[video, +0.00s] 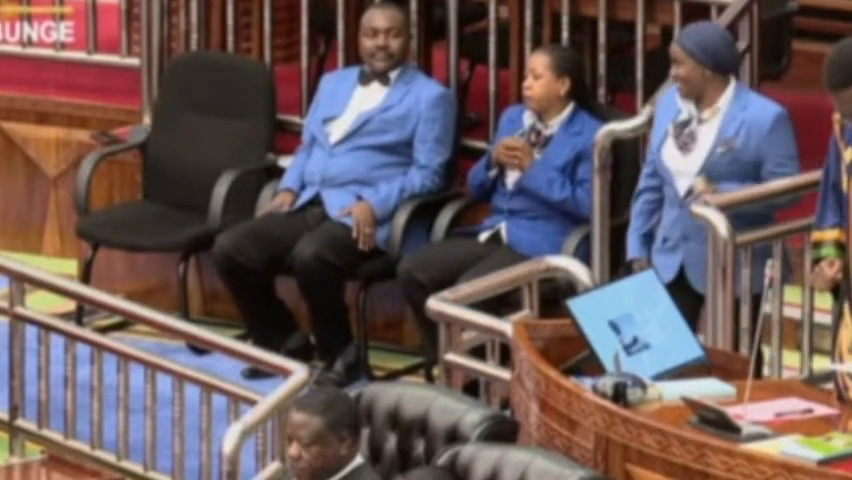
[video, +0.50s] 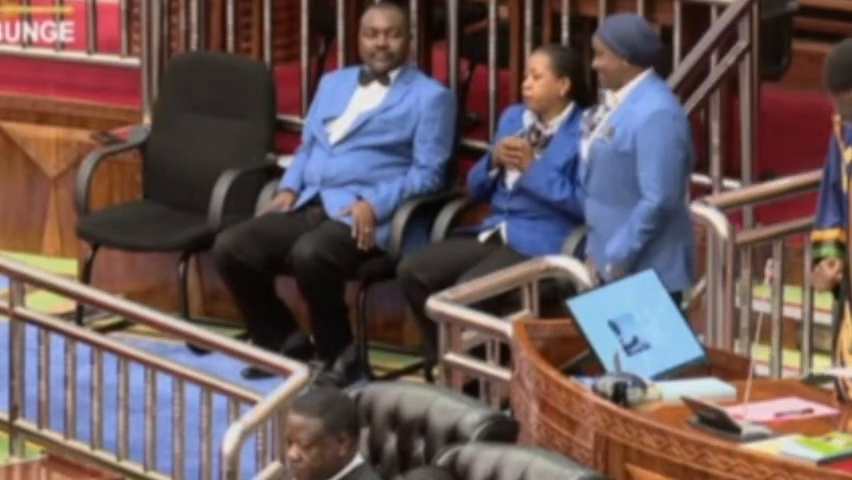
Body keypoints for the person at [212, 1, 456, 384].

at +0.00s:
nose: (381, 43)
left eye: (392, 34)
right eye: (372, 34)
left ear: (407, 40)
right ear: (359, 39)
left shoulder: (430, 96)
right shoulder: (333, 83)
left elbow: (429, 174)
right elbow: (308, 149)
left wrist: (375, 205)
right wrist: (288, 189)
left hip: (367, 215)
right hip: (313, 207)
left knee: (311, 257)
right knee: (233, 250)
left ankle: (340, 359)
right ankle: (282, 343)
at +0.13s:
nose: (381, 43)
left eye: (392, 34)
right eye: (372, 34)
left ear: (407, 40)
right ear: (359, 39)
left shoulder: (430, 96)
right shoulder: (333, 83)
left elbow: (429, 174)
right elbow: (308, 149)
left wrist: (375, 205)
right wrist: (288, 189)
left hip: (367, 215)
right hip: (313, 207)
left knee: (311, 257)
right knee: (233, 250)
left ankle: (340, 359)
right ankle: (282, 343)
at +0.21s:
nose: (381, 43)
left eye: (391, 34)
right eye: (372, 34)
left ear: (407, 41)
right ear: (359, 39)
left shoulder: (430, 97)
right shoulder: (333, 83)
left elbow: (429, 174)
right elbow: (308, 149)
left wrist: (375, 205)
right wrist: (288, 190)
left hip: (367, 215)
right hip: (313, 207)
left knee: (311, 257)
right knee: (232, 249)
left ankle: (340, 359)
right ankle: (282, 343)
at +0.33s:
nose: (381, 43)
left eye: (391, 34)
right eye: (372, 34)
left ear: (407, 41)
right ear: (359, 39)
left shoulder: (430, 97)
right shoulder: (333, 83)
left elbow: (429, 174)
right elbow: (308, 149)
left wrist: (375, 205)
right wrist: (288, 190)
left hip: (366, 215)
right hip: (313, 207)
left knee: (311, 257)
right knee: (232, 249)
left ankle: (340, 359)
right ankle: (282, 342)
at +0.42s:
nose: (381, 43)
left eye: (391, 34)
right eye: (372, 34)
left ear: (407, 40)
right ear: (359, 39)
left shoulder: (430, 97)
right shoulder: (333, 83)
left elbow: (429, 174)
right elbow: (308, 150)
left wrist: (375, 205)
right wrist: (288, 189)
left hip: (367, 216)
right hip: (313, 207)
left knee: (311, 256)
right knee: (233, 249)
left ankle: (339, 359)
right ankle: (282, 343)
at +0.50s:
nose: (381, 43)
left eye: (391, 34)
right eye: (372, 34)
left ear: (407, 40)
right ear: (359, 39)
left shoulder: (430, 97)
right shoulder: (333, 83)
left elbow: (429, 174)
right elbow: (308, 150)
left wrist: (374, 205)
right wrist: (288, 189)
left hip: (367, 215)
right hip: (313, 207)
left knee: (311, 256)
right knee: (233, 249)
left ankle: (339, 359)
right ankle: (282, 343)